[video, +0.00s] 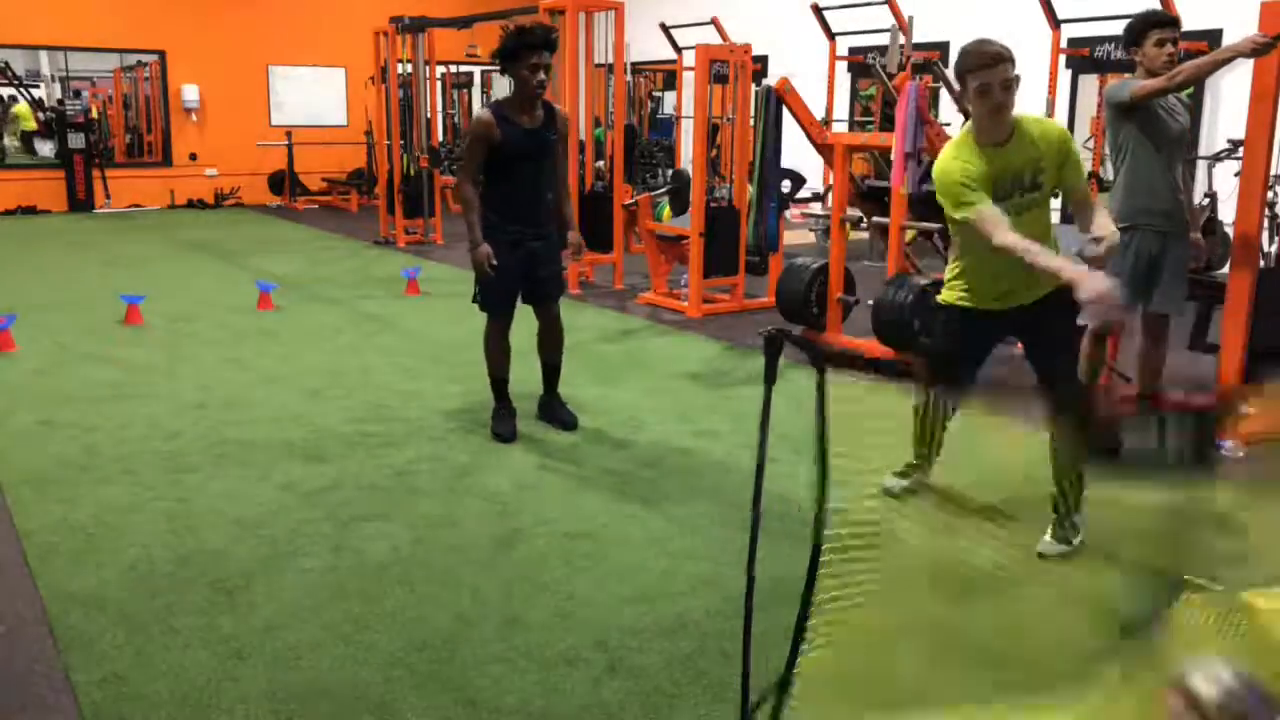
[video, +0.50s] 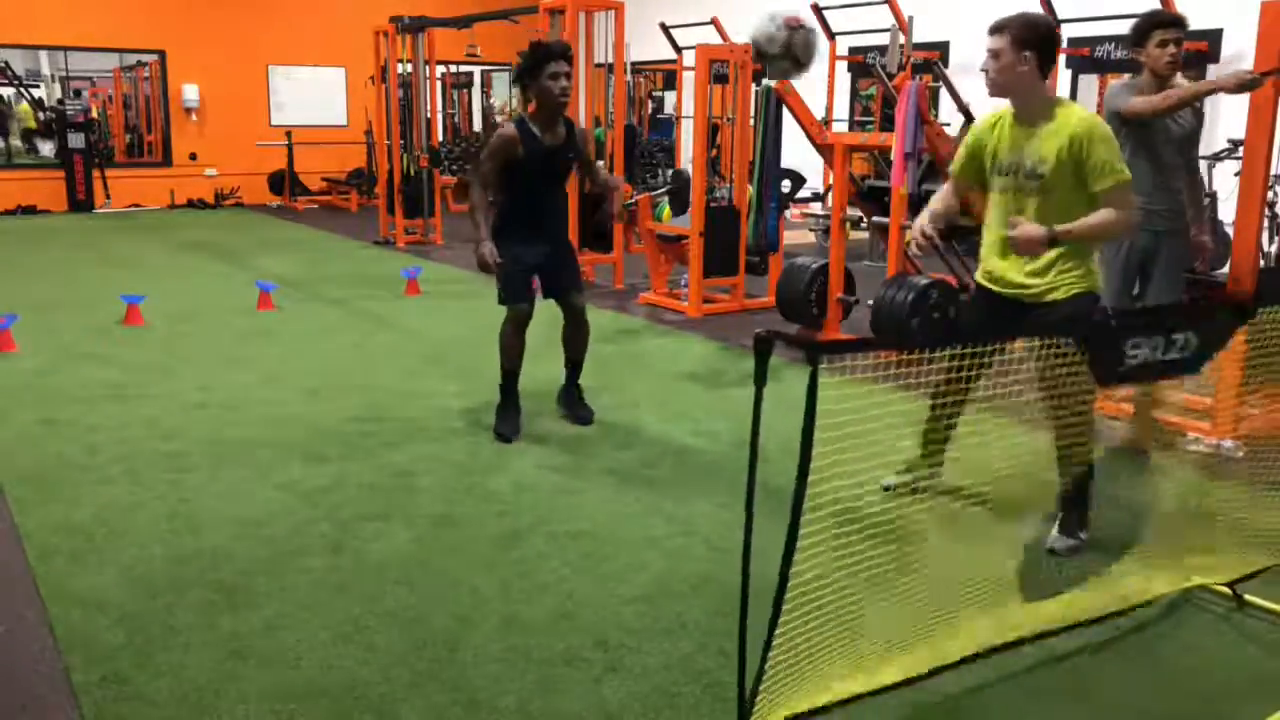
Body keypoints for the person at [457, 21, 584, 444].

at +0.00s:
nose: (540, 78)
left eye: (545, 69)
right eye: (531, 69)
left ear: (551, 72)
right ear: (509, 70)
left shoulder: (556, 121)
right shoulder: (487, 123)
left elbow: (560, 181)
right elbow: (467, 182)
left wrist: (570, 227)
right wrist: (476, 242)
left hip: (544, 240)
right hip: (500, 242)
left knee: (550, 318)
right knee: (498, 325)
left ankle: (551, 398)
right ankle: (502, 406)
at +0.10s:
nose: (545, 77)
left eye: (549, 69)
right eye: (536, 69)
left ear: (554, 71)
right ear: (513, 71)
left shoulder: (560, 121)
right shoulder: (490, 123)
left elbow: (561, 180)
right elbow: (467, 182)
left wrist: (575, 225)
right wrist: (478, 240)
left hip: (547, 239)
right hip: (503, 241)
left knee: (552, 317)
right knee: (501, 325)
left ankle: (551, 398)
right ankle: (503, 406)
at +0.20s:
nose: (549, 78)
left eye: (553, 69)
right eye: (540, 69)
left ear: (558, 72)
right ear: (516, 72)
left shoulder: (563, 121)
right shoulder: (492, 124)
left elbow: (565, 180)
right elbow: (469, 181)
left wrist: (580, 225)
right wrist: (479, 239)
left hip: (549, 238)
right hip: (506, 240)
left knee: (553, 316)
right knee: (503, 323)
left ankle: (552, 398)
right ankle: (503, 405)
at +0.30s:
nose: (551, 77)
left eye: (555, 69)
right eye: (541, 69)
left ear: (561, 72)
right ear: (519, 73)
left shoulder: (565, 121)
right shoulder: (497, 126)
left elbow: (566, 181)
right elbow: (475, 184)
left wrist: (585, 222)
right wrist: (481, 240)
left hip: (552, 236)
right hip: (509, 239)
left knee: (556, 315)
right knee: (506, 322)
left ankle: (552, 398)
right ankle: (504, 405)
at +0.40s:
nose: (556, 79)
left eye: (560, 71)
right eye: (546, 71)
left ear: (565, 76)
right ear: (522, 77)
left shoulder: (567, 125)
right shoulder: (501, 130)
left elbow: (571, 174)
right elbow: (477, 185)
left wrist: (592, 210)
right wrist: (483, 242)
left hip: (555, 238)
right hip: (513, 242)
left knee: (569, 312)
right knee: (511, 320)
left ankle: (558, 391)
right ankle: (505, 403)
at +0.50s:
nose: (564, 84)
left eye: (567, 77)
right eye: (554, 77)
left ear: (572, 84)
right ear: (531, 86)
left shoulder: (574, 136)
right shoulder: (508, 139)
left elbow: (590, 174)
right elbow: (479, 186)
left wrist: (609, 183)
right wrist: (483, 238)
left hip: (555, 238)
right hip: (513, 241)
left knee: (577, 310)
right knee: (519, 314)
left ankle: (571, 389)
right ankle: (509, 400)